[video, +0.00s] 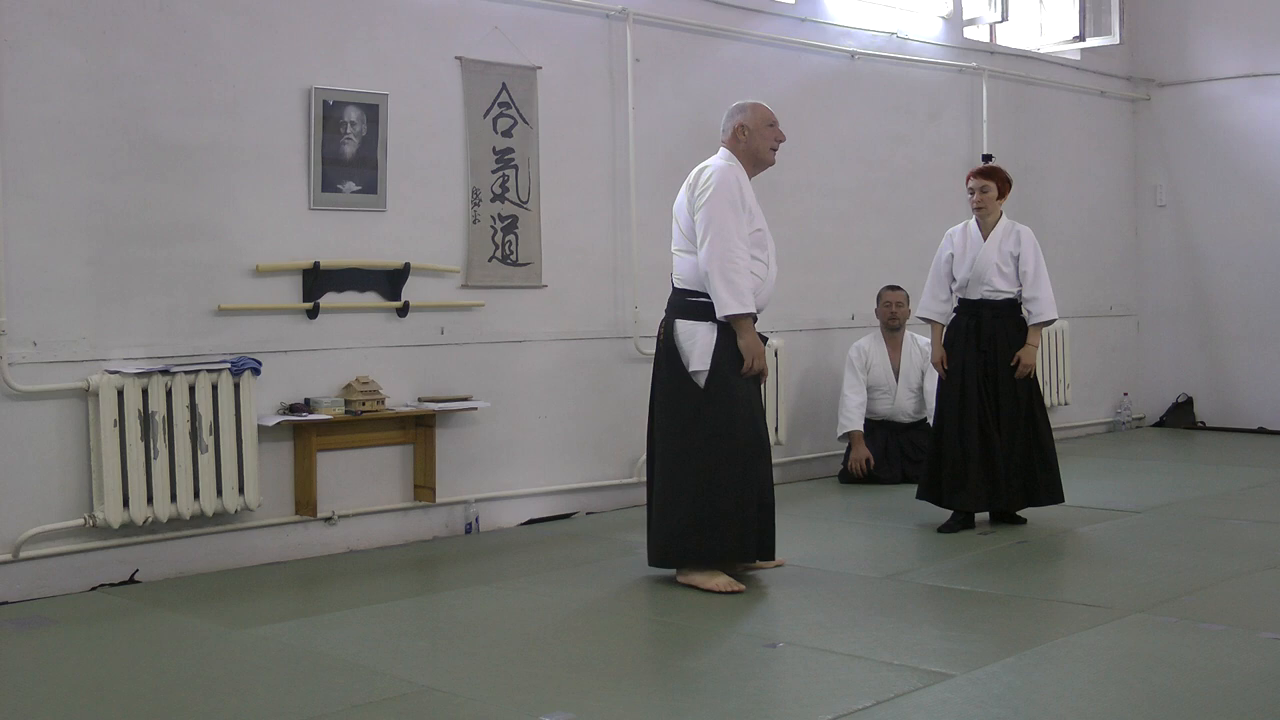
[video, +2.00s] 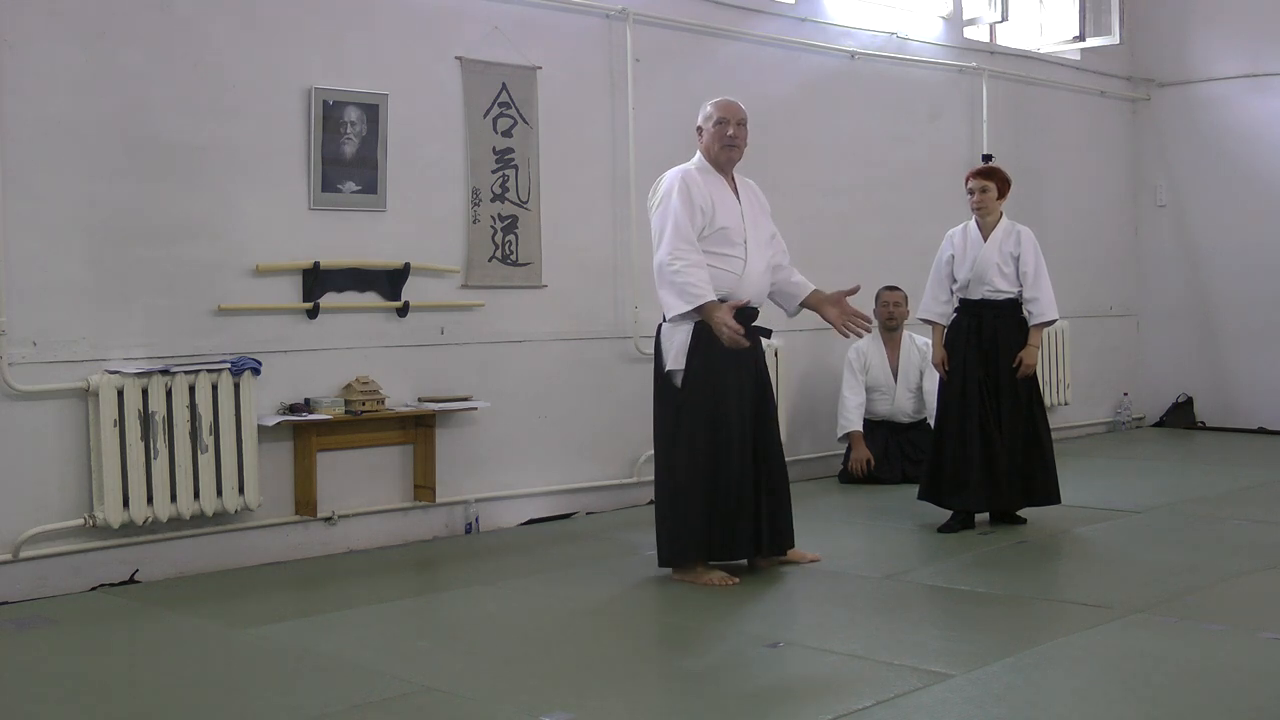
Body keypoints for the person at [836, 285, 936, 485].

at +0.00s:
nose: (893, 310)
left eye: (899, 305)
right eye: (887, 305)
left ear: (909, 313)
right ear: (877, 312)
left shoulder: (926, 348)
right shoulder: (861, 350)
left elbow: (934, 397)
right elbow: (852, 398)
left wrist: (942, 437)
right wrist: (857, 443)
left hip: (916, 431)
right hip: (874, 431)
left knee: (934, 473)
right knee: (854, 472)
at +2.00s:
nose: (891, 310)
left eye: (897, 305)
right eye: (885, 305)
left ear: (907, 313)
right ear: (875, 312)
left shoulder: (925, 348)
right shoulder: (860, 350)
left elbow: (934, 396)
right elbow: (851, 398)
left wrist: (944, 436)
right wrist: (857, 443)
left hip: (916, 430)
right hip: (874, 431)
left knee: (936, 472)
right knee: (855, 473)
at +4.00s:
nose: (891, 314)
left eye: (898, 308)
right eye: (885, 308)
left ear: (908, 314)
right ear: (876, 313)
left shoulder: (926, 349)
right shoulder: (861, 350)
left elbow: (936, 397)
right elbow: (852, 398)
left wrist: (945, 437)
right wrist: (857, 443)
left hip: (916, 430)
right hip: (875, 430)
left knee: (936, 471)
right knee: (856, 471)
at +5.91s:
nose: (893, 316)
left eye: (899, 310)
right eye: (887, 310)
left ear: (909, 314)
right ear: (877, 313)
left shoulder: (926, 349)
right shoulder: (861, 350)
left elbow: (933, 395)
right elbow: (851, 397)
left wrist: (934, 434)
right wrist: (857, 442)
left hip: (913, 430)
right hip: (873, 430)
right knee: (854, 471)